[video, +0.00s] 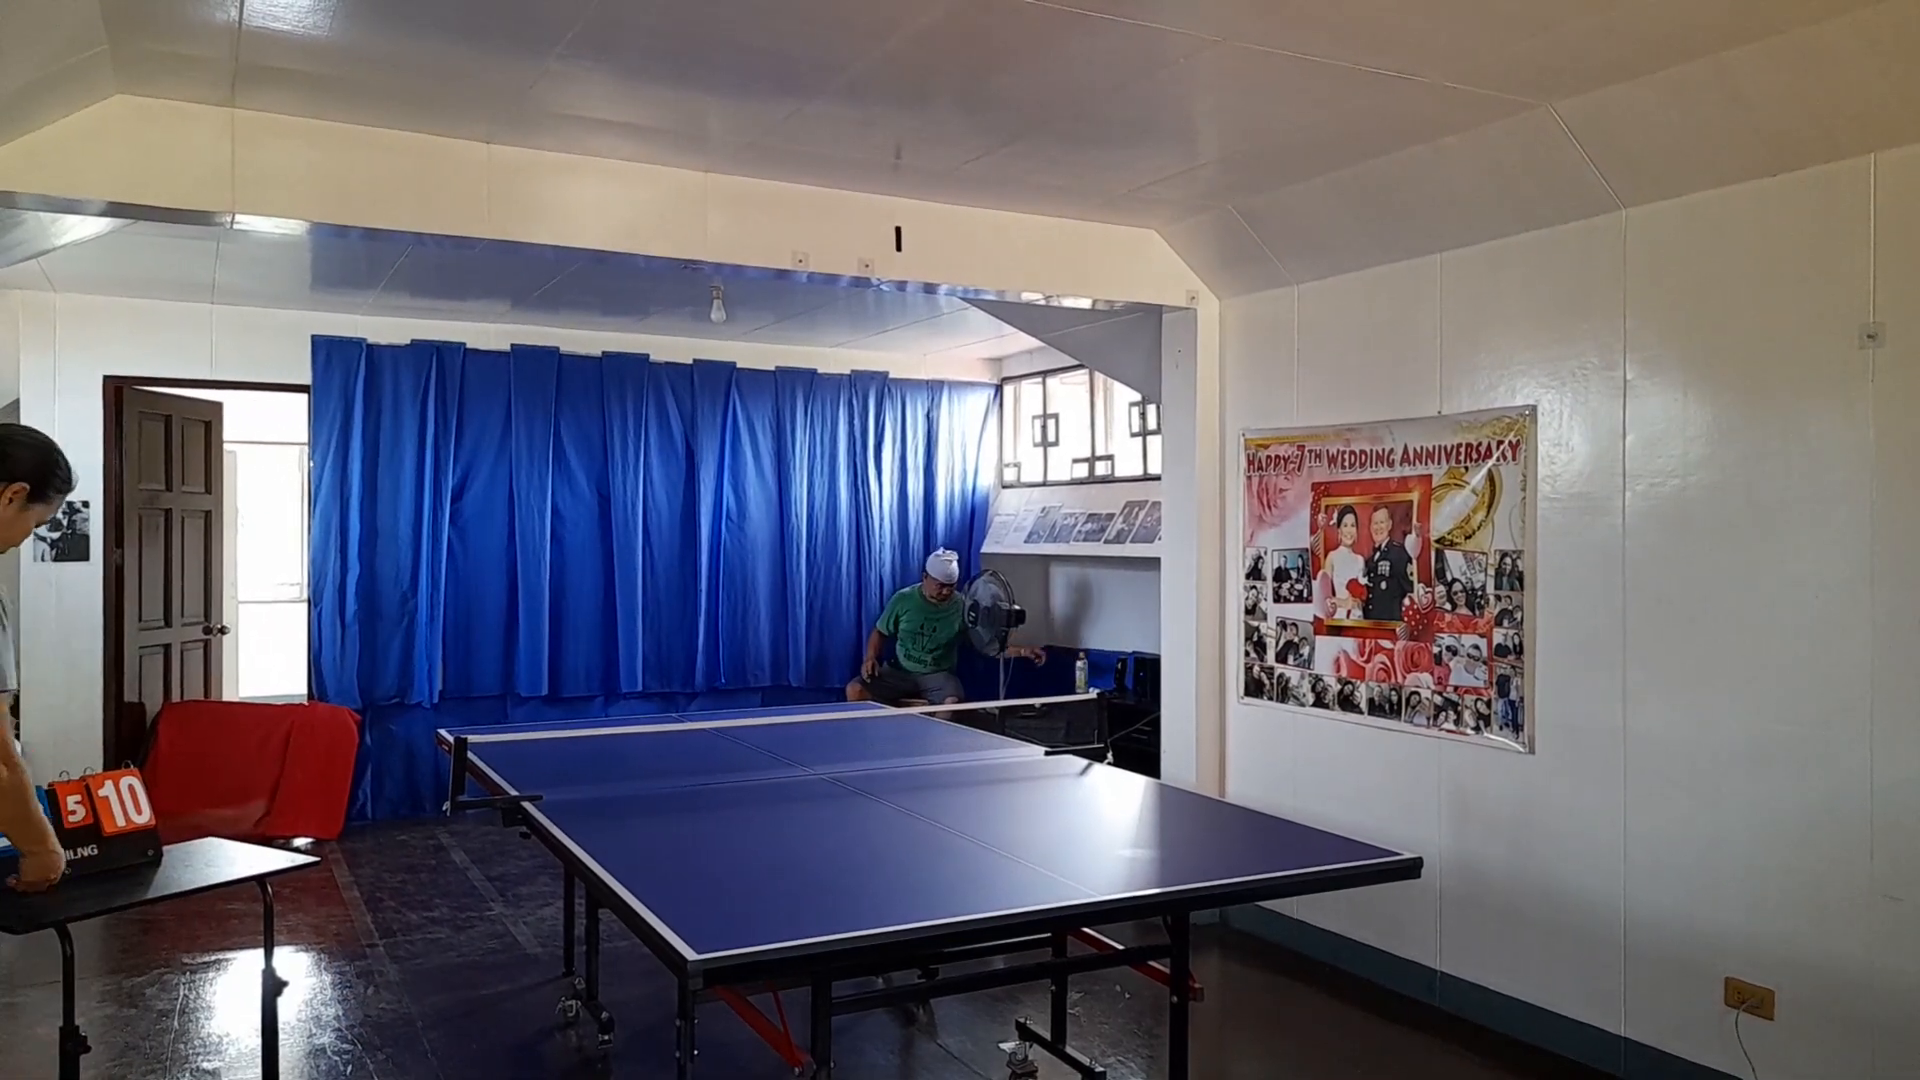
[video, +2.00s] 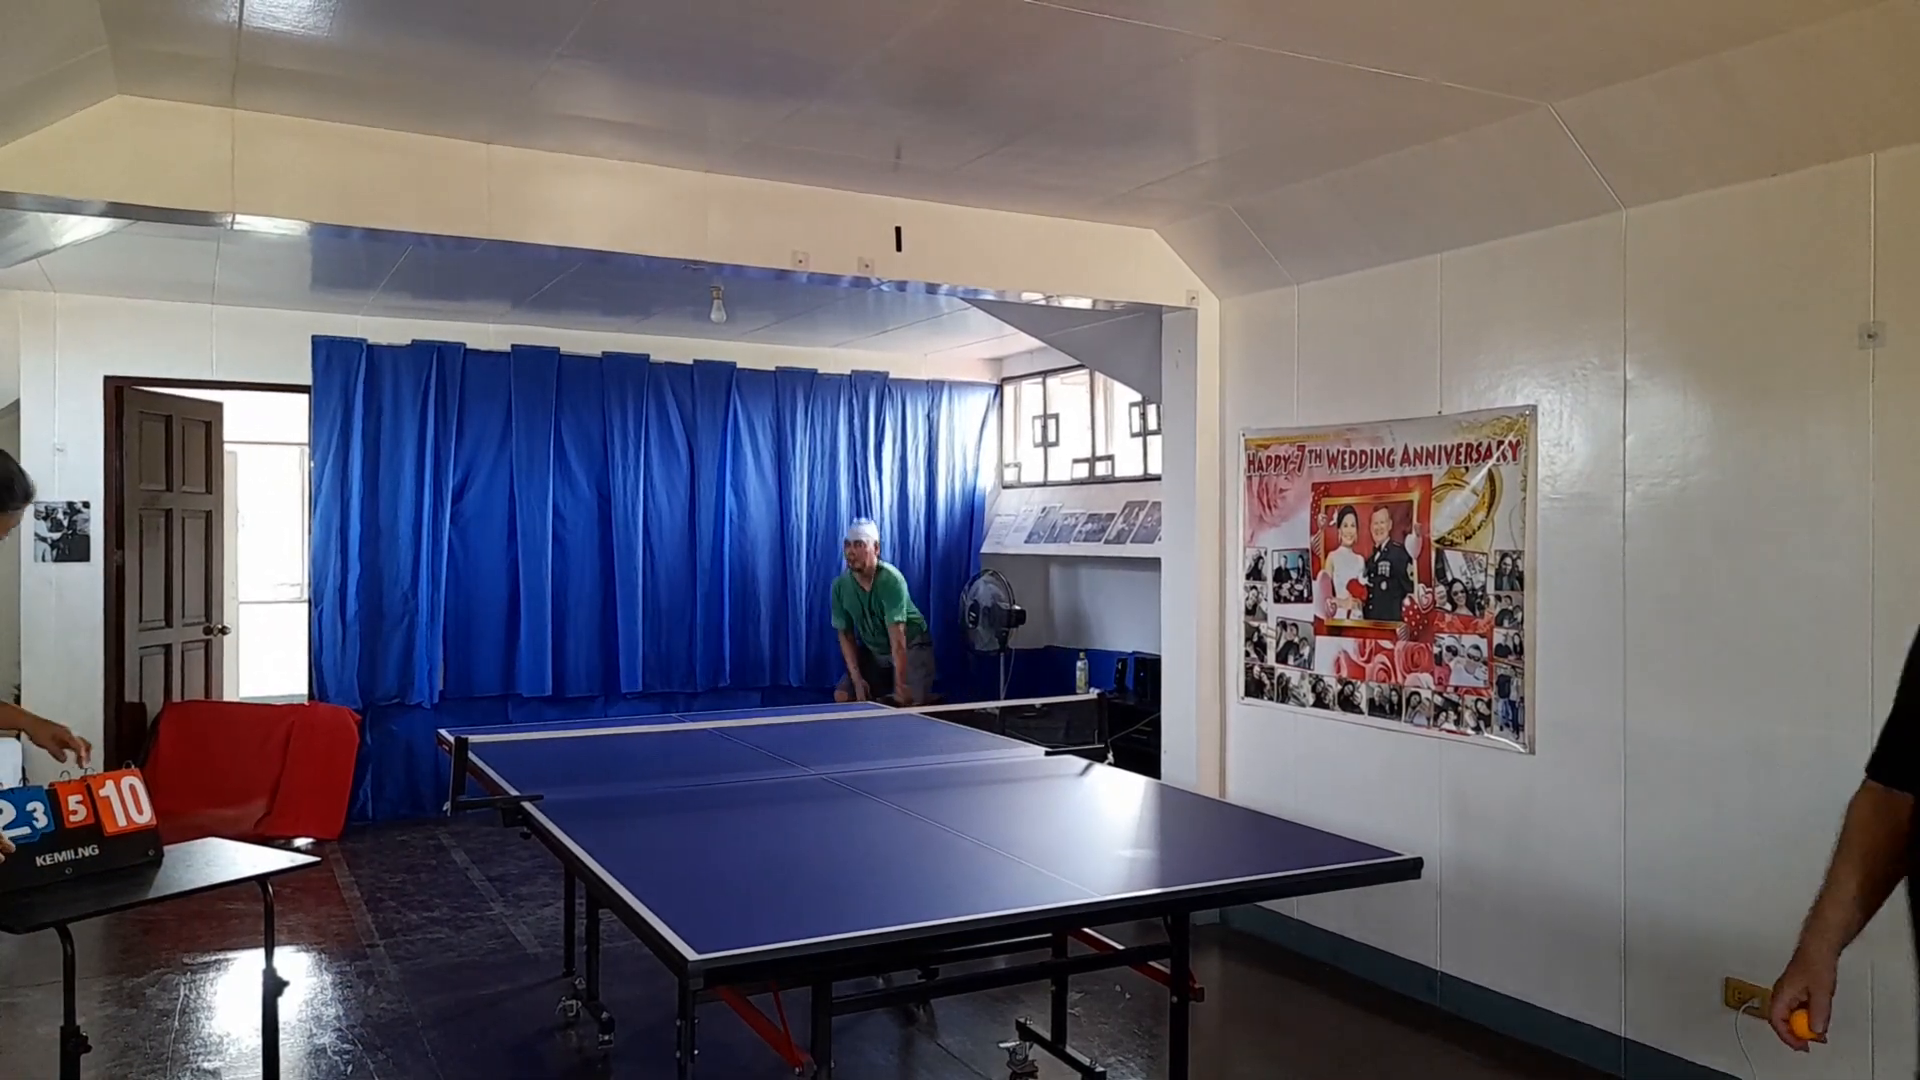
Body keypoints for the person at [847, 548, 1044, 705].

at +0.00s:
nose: (945, 592)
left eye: (950, 587)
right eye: (940, 585)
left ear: (956, 583)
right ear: (925, 578)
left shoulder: (963, 607)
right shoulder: (904, 599)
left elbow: (986, 645)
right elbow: (880, 632)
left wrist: (1022, 651)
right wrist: (870, 657)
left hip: (938, 676)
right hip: (901, 672)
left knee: (951, 703)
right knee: (854, 690)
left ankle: (933, 752)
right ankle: (871, 746)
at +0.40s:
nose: (933, 589)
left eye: (938, 583)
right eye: (928, 582)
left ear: (943, 579)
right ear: (913, 576)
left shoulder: (952, 603)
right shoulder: (891, 601)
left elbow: (970, 639)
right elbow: (869, 637)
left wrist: (988, 666)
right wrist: (868, 661)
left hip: (936, 675)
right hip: (898, 673)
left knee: (950, 701)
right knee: (852, 691)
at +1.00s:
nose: (900, 586)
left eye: (903, 579)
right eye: (892, 582)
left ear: (907, 574)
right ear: (877, 580)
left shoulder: (926, 598)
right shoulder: (866, 611)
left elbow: (949, 637)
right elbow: (858, 655)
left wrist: (961, 679)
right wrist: (872, 678)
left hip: (928, 671)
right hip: (888, 674)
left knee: (940, 698)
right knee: (848, 690)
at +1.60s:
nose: (867, 609)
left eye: (870, 601)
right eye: (859, 606)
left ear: (880, 589)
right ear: (852, 605)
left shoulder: (907, 604)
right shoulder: (850, 625)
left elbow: (945, 622)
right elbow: (849, 663)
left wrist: (960, 660)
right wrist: (864, 668)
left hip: (921, 670)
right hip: (883, 674)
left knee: (934, 698)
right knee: (847, 691)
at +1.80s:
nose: (861, 606)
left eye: (866, 597)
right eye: (854, 600)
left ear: (878, 588)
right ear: (848, 600)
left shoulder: (903, 610)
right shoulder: (845, 623)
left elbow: (943, 636)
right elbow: (848, 658)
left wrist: (947, 679)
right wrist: (868, 685)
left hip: (916, 669)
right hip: (878, 670)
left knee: (930, 702)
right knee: (843, 695)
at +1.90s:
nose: (855, 579)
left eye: (860, 571)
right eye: (849, 573)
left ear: (876, 570)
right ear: (844, 576)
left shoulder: (898, 597)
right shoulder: (843, 606)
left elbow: (918, 645)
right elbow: (847, 649)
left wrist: (935, 694)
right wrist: (860, 684)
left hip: (908, 660)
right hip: (873, 663)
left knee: (928, 702)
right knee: (842, 694)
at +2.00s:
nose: (850, 552)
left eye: (858, 545)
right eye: (847, 545)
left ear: (875, 548)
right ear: (843, 548)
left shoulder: (891, 581)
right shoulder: (840, 586)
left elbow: (897, 638)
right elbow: (845, 635)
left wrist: (900, 686)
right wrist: (857, 680)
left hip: (912, 646)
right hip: (874, 649)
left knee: (909, 703)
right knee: (843, 695)